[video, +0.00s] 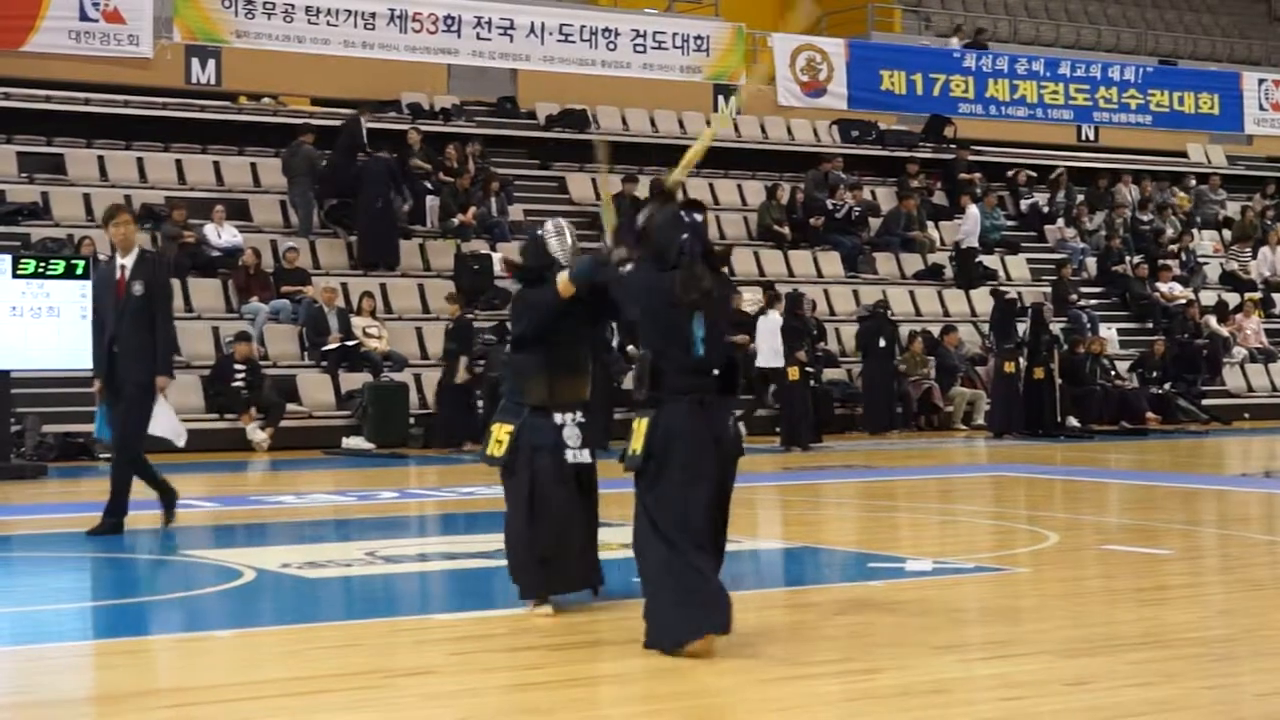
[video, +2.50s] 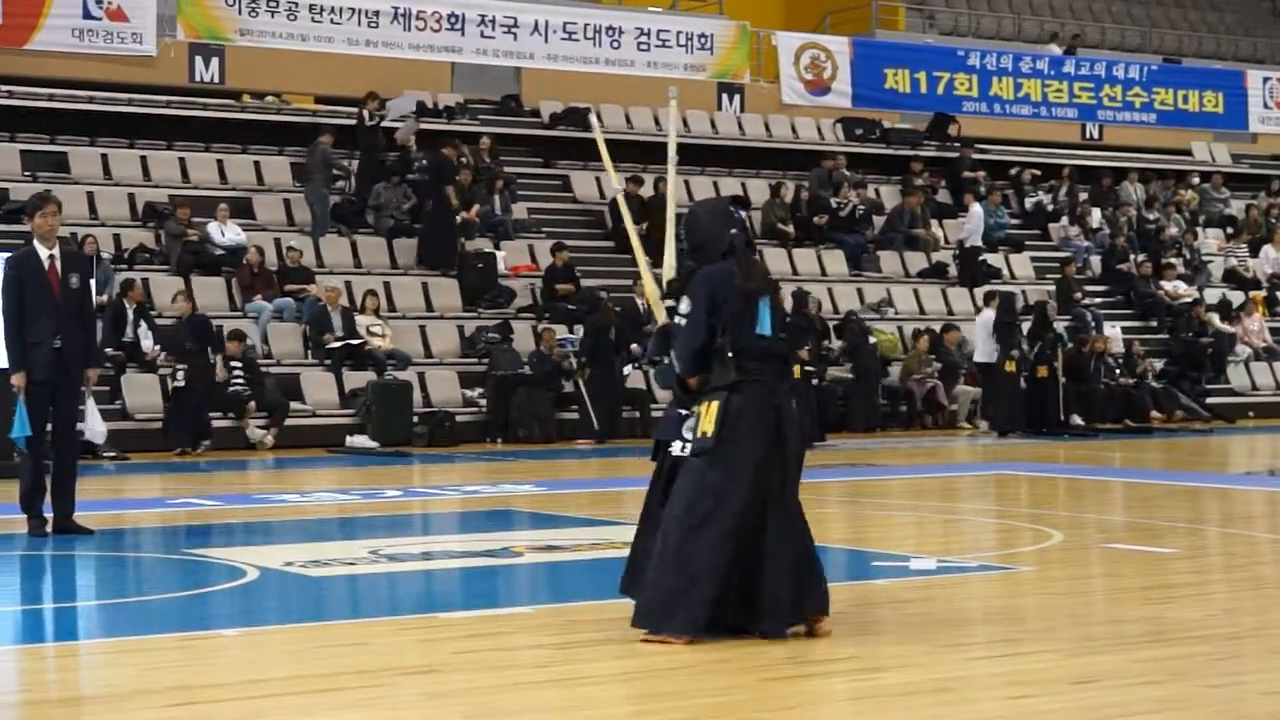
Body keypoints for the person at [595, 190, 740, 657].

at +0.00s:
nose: (637, 245)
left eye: (642, 237)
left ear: (649, 244)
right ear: (692, 242)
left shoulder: (643, 286)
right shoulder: (716, 287)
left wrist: (614, 254)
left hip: (671, 415)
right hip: (715, 413)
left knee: (660, 519)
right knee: (699, 517)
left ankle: (691, 618)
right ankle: (678, 618)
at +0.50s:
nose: (673, 219)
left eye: (679, 215)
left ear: (688, 228)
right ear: (728, 225)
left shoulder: (690, 267)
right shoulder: (742, 264)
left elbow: (657, 217)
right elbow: (722, 219)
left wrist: (663, 168)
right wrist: (725, 176)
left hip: (712, 397)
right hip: (745, 395)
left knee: (717, 510)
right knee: (741, 510)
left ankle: (748, 622)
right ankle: (715, 619)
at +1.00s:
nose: (705, 236)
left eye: (708, 227)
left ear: (714, 230)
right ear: (759, 226)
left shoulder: (712, 272)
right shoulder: (778, 276)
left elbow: (668, 256)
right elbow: (803, 335)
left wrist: (681, 214)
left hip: (738, 406)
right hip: (782, 406)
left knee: (740, 517)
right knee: (779, 516)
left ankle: (797, 616)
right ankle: (727, 617)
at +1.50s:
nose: (688, 240)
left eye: (692, 231)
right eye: (688, 231)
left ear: (707, 234)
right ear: (742, 229)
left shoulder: (713, 284)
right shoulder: (761, 277)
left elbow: (680, 352)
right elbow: (772, 343)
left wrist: (667, 370)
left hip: (730, 408)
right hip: (767, 404)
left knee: (707, 508)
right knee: (754, 505)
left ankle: (748, 609)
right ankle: (755, 604)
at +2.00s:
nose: (669, 244)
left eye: (673, 236)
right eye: (670, 236)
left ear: (685, 239)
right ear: (718, 234)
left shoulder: (687, 281)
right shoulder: (741, 278)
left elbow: (672, 362)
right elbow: (757, 346)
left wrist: (671, 387)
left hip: (711, 406)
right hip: (751, 403)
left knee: (688, 504)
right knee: (742, 505)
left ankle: (684, 614)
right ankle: (749, 605)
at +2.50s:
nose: (687, 242)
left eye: (691, 234)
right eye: (688, 234)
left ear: (705, 237)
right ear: (739, 233)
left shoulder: (706, 281)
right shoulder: (762, 279)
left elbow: (689, 354)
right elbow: (771, 346)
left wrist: (691, 385)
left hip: (731, 409)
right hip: (778, 406)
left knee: (695, 510)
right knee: (779, 506)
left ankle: (678, 620)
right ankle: (812, 606)